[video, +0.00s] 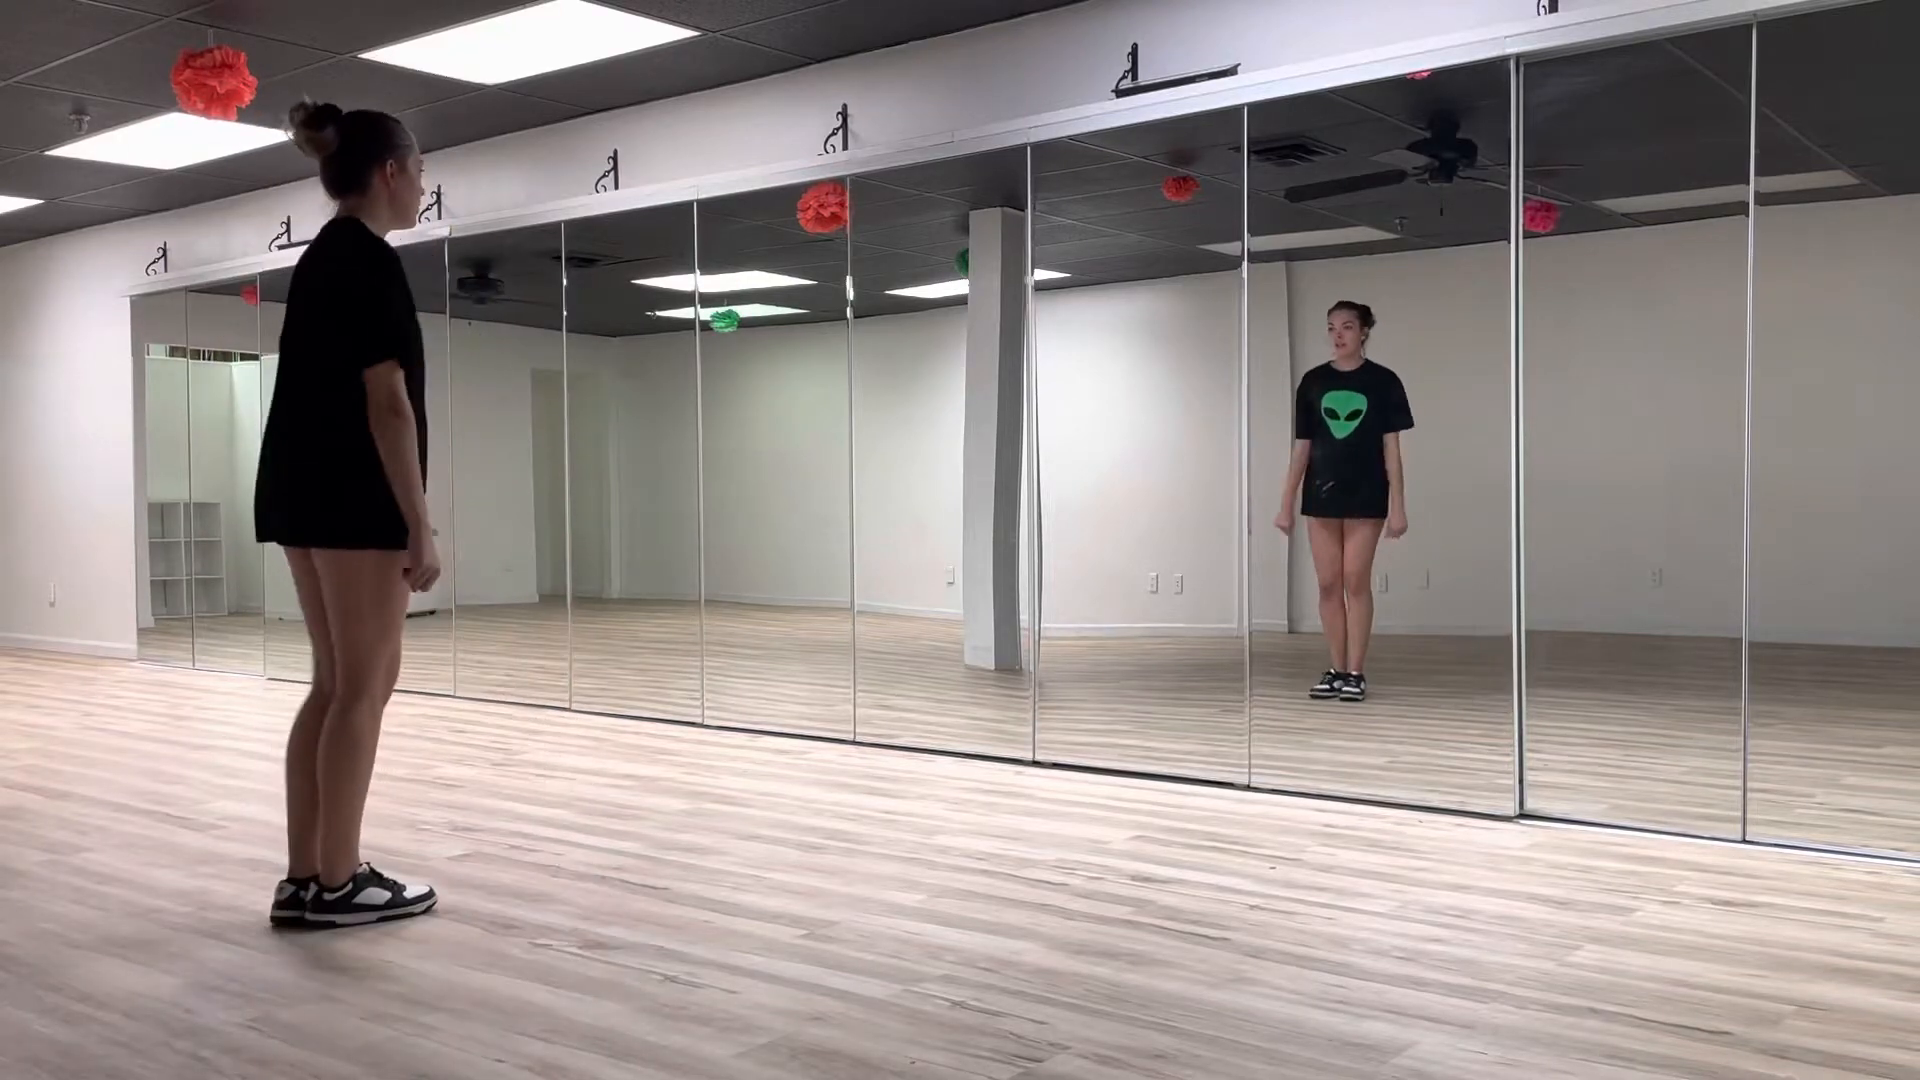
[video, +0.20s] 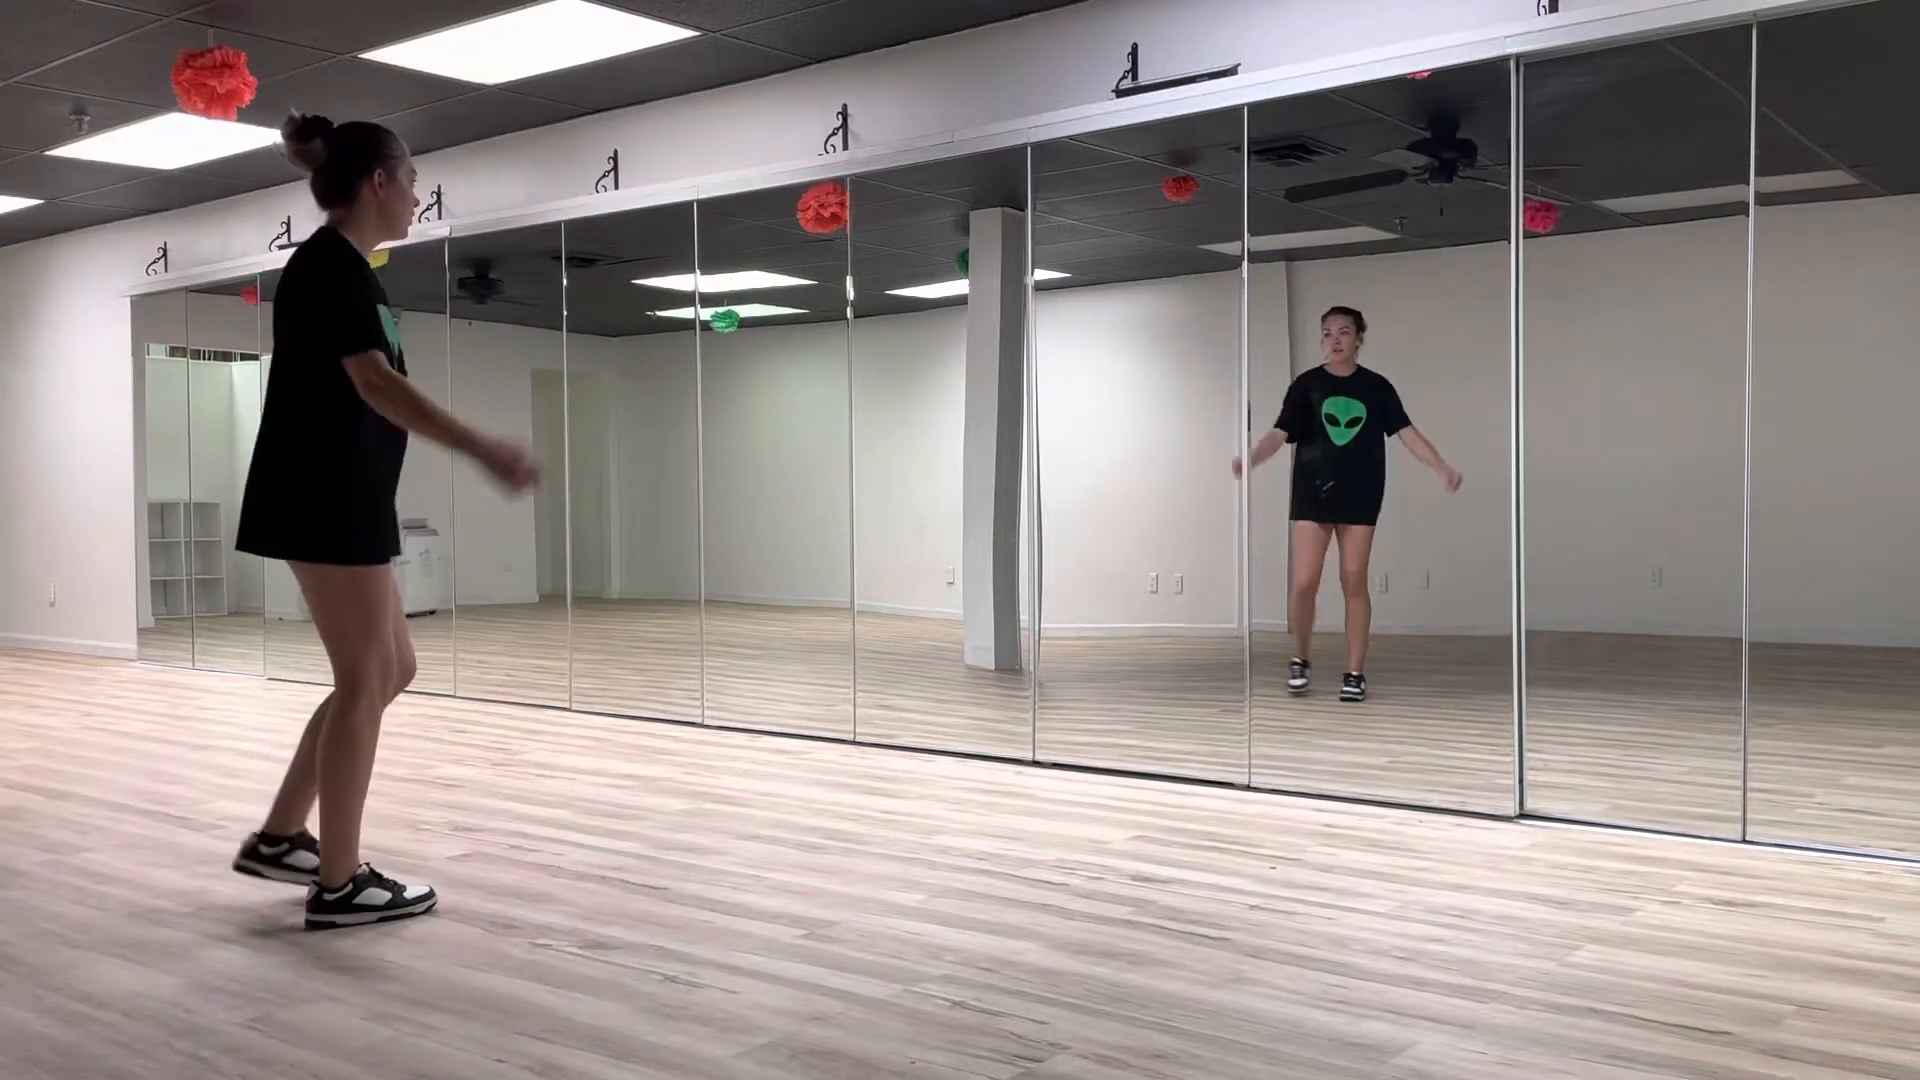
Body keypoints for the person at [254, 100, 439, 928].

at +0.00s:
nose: (424, 188)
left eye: (420, 171)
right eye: (418, 172)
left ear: (352, 177)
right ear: (389, 174)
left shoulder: (318, 260)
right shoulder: (371, 262)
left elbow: (322, 398)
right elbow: (389, 403)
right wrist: (418, 527)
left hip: (298, 490)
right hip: (357, 493)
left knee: (331, 683)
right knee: (367, 683)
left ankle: (306, 875)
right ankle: (338, 876)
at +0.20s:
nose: (418, 195)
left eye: (414, 180)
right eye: (409, 180)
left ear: (352, 187)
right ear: (377, 184)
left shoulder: (330, 264)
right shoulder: (334, 267)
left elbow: (348, 390)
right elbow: (376, 383)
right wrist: (485, 448)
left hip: (330, 500)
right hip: (329, 504)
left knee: (394, 665)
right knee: (363, 677)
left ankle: (282, 833)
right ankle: (340, 880)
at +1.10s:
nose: (403, 214)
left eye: (399, 200)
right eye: (395, 199)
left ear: (343, 207)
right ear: (361, 204)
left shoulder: (315, 282)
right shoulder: (341, 288)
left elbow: (332, 417)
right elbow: (374, 419)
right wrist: (431, 522)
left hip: (302, 517)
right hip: (333, 520)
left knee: (333, 678)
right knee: (409, 683)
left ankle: (223, 808)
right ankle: (345, 877)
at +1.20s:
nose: (414, 187)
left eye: (410, 170)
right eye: (407, 171)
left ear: (348, 181)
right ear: (375, 178)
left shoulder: (329, 259)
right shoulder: (367, 262)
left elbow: (334, 392)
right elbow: (400, 392)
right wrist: (447, 509)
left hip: (309, 491)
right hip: (350, 495)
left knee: (342, 669)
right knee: (395, 672)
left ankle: (252, 830)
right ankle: (347, 874)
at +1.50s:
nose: (428, 188)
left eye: (426, 173)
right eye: (424, 173)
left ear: (350, 178)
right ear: (397, 173)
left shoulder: (318, 263)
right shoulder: (399, 263)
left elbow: (315, 397)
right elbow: (420, 401)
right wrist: (448, 524)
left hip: (312, 489)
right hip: (384, 492)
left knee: (335, 681)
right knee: (377, 684)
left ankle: (326, 875)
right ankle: (347, 876)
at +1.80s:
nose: (427, 194)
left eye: (423, 178)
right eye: (419, 178)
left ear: (352, 184)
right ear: (390, 181)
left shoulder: (316, 268)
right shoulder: (397, 267)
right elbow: (435, 400)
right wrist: (485, 518)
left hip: (304, 493)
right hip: (381, 495)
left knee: (352, 674)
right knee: (426, 672)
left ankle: (326, 877)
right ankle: (353, 864)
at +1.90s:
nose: (422, 202)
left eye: (421, 186)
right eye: (416, 185)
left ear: (348, 189)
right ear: (383, 185)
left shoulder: (316, 270)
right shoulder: (381, 265)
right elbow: (457, 364)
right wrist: (559, 434)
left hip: (307, 500)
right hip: (379, 497)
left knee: (366, 675)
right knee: (479, 650)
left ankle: (331, 873)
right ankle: (357, 810)